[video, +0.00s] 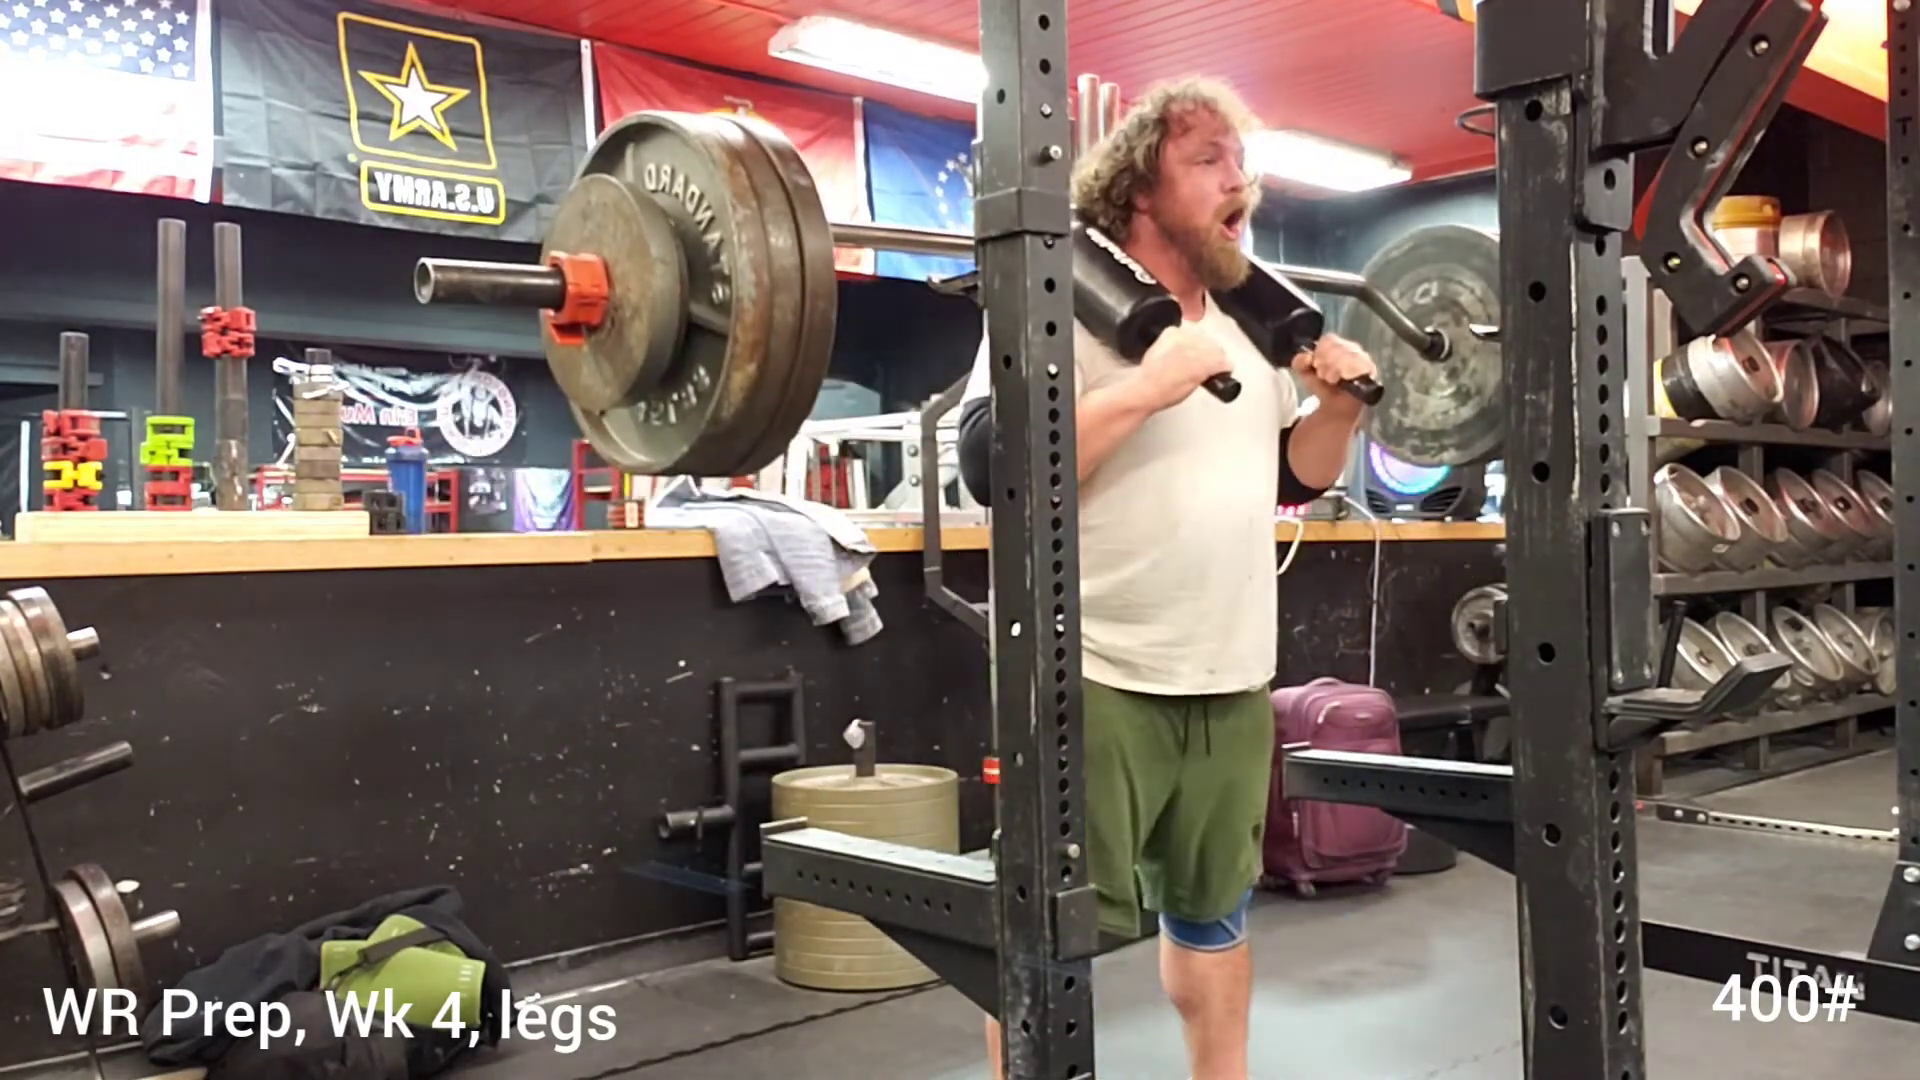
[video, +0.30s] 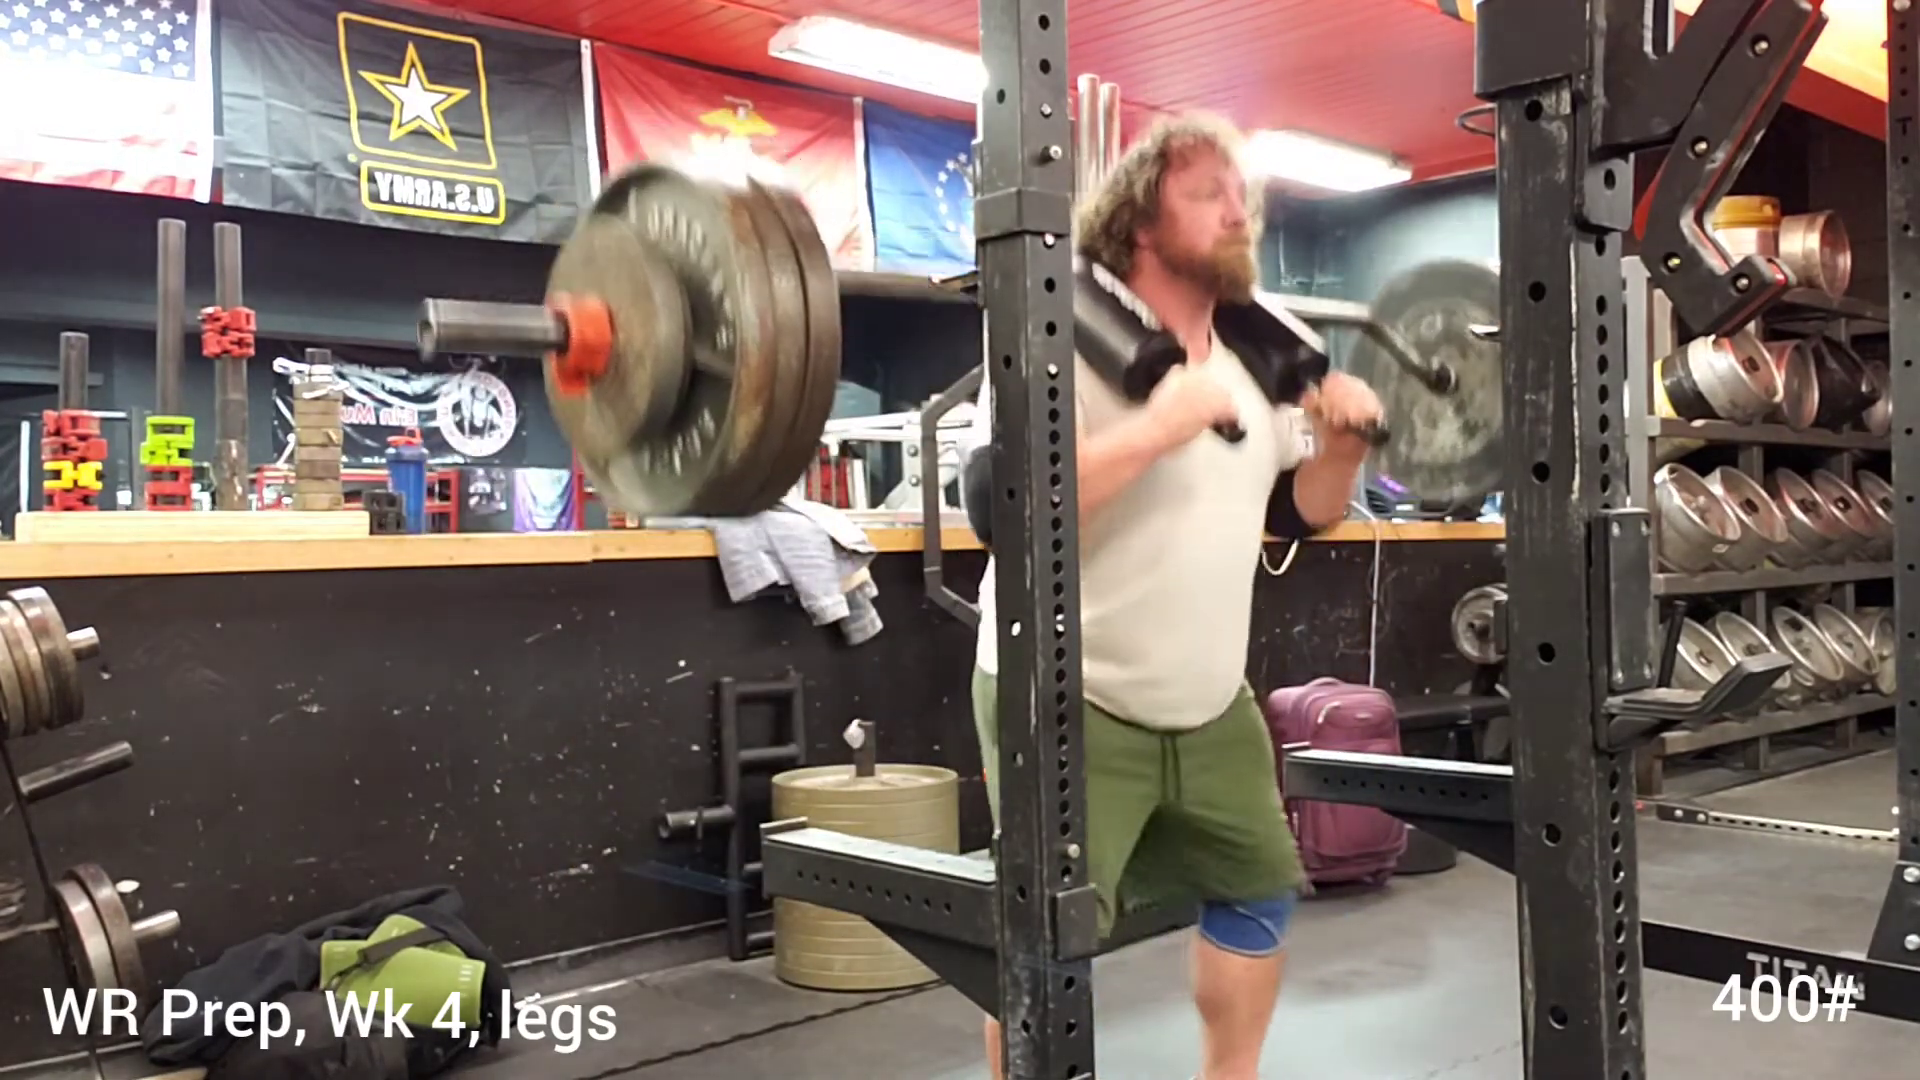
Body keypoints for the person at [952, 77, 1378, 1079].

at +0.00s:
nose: (1240, 183)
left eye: (1241, 162)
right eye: (1210, 160)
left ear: (1243, 181)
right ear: (1142, 184)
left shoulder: (1252, 317)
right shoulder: (1057, 294)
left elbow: (1302, 474)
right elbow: (993, 467)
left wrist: (1338, 401)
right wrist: (1142, 391)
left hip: (1233, 674)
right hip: (1094, 673)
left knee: (1213, 924)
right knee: (1056, 933)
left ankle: (1222, 1074)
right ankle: (1024, 1072)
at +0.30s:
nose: (1237, 213)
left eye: (1238, 195)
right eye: (1210, 196)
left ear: (1248, 211)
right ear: (1144, 221)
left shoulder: (1261, 347)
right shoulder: (1065, 333)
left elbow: (1314, 509)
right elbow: (1016, 505)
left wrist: (1343, 442)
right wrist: (1152, 428)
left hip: (1209, 697)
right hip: (1070, 696)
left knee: (1258, 893)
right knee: (1050, 936)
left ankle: (1230, 1073)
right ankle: (1022, 1073)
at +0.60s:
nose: (1248, 350)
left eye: (1254, 330)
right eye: (1223, 331)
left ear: (1263, 341)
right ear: (1156, 347)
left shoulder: (1266, 457)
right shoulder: (1069, 457)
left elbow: (1324, 633)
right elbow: (1017, 647)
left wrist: (1349, 570)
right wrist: (1161, 582)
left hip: (1200, 759)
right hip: (1057, 765)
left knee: (1312, 905)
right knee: (1070, 960)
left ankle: (1239, 1073)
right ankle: (1016, 1069)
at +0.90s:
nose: (1263, 472)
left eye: (1270, 452)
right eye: (1237, 452)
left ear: (1281, 458)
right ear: (1170, 460)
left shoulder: (1272, 569)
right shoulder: (1075, 570)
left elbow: (1331, 745)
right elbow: (1033, 772)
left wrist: (1356, 685)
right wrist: (1175, 712)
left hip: (1196, 829)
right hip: (1057, 836)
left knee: (1337, 913)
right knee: (1079, 965)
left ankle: (1243, 1074)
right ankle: (1023, 1069)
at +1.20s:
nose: (1266, 581)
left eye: (1272, 560)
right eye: (1240, 562)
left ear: (1283, 563)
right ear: (1170, 573)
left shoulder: (1275, 666)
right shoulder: (1087, 679)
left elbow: (1348, 834)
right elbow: (1028, 861)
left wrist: (1366, 781)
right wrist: (1176, 820)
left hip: (1229, 919)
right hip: (1105, 931)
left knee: (1363, 929)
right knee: (1078, 980)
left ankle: (1245, 1074)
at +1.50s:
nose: (1267, 626)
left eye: (1271, 601)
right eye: (1238, 602)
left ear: (1283, 605)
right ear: (1168, 620)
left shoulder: (1274, 705)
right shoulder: (1089, 730)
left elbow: (1356, 865)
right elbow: (1014, 895)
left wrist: (1371, 823)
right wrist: (1177, 856)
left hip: (1233, 961)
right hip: (1113, 970)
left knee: (1366, 932)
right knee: (1088, 998)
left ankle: (1245, 1074)